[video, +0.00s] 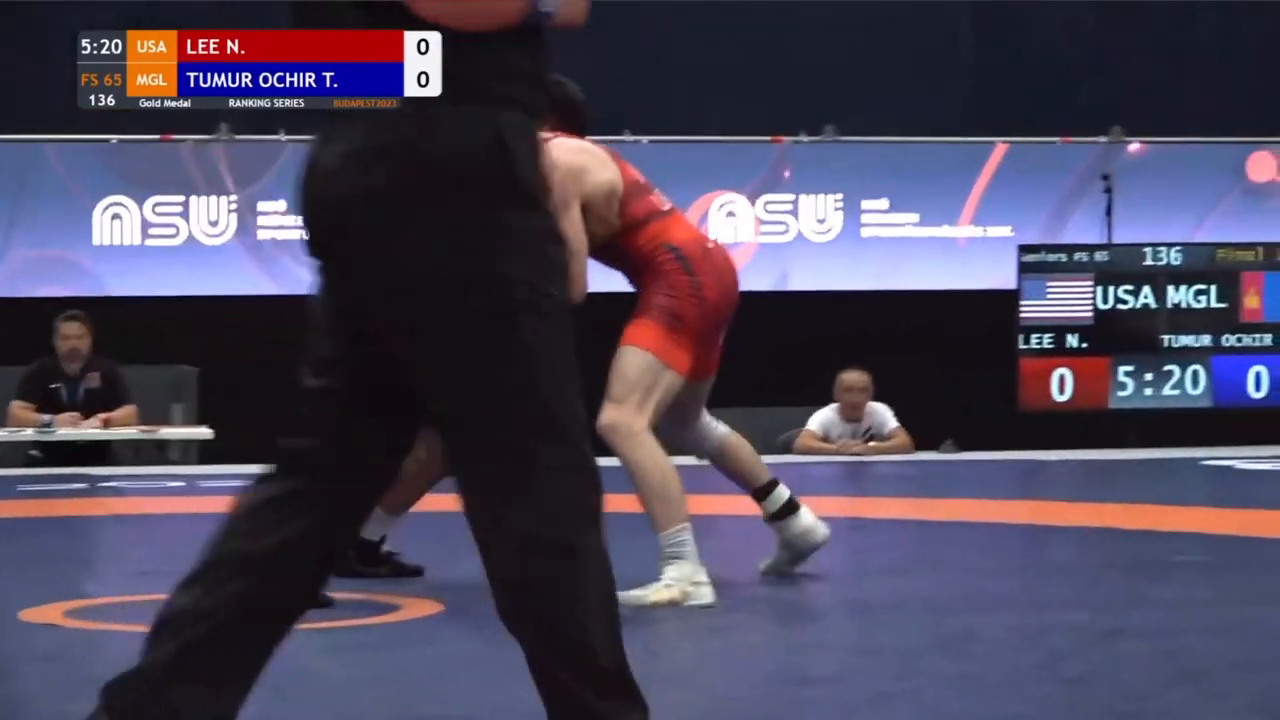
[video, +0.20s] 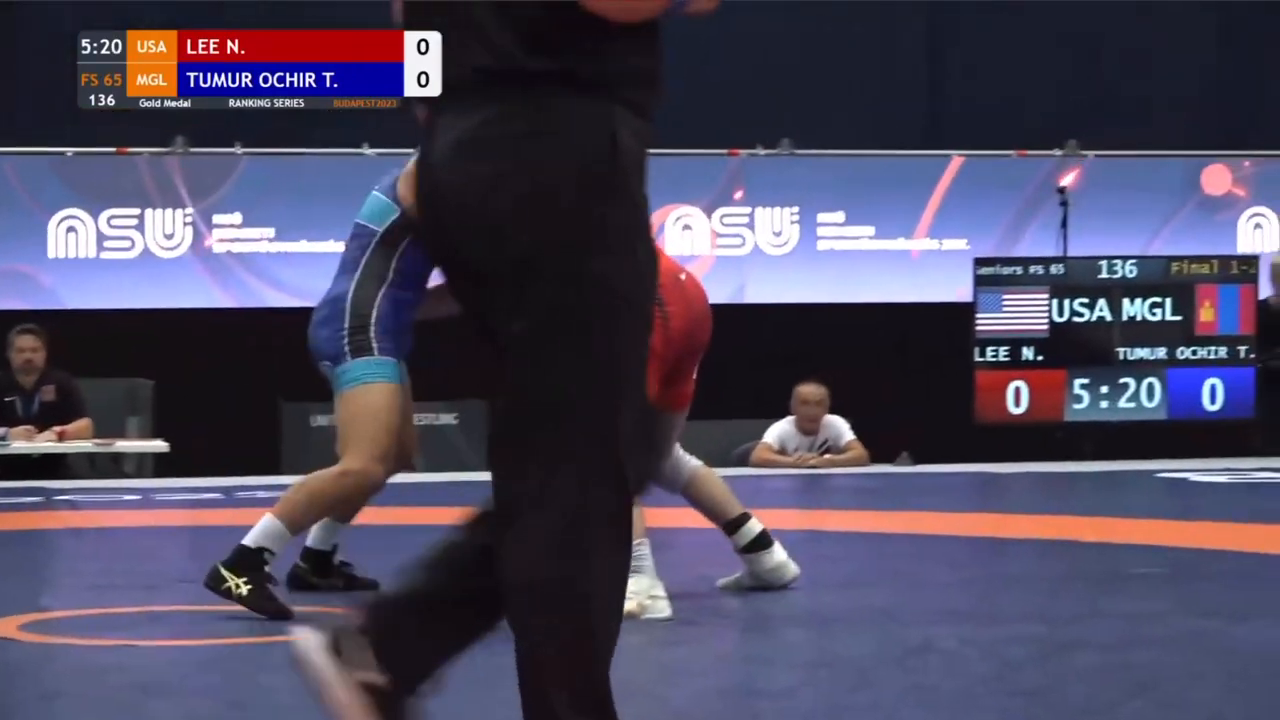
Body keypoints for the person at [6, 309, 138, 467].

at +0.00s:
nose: (73, 345)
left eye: (79, 338)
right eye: (65, 338)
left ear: (90, 340)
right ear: (55, 342)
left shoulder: (107, 371)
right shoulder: (40, 372)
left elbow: (131, 415)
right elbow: (15, 415)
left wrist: (102, 420)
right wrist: (52, 421)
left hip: (97, 456)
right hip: (49, 457)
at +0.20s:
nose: (28, 357)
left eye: (35, 351)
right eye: (21, 351)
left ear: (45, 353)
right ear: (9, 354)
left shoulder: (62, 383)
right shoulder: (4, 386)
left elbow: (86, 428)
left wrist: (55, 433)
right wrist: (7, 434)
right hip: (8, 473)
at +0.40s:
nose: (13, 364)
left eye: (20, 358)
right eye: (6, 358)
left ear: (30, 361)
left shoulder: (46, 390)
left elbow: (72, 434)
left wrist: (40, 440)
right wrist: (1, 440)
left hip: (38, 477)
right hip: (3, 478)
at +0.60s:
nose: (21, 366)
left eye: (27, 360)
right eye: (14, 361)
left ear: (37, 363)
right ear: (3, 364)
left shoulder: (53, 392)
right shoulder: (3, 395)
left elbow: (77, 434)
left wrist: (48, 439)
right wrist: (3, 441)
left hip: (46, 476)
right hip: (6, 477)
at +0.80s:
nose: (28, 368)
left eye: (35, 362)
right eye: (22, 363)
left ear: (45, 364)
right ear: (10, 365)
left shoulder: (59, 393)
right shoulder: (4, 396)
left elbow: (84, 435)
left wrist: (55, 440)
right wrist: (8, 441)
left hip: (52, 479)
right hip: (9, 480)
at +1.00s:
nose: (29, 370)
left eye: (36, 363)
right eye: (22, 364)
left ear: (46, 365)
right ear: (11, 366)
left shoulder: (61, 394)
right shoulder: (4, 398)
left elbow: (85, 436)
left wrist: (56, 442)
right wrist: (8, 443)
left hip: (53, 478)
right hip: (10, 480)